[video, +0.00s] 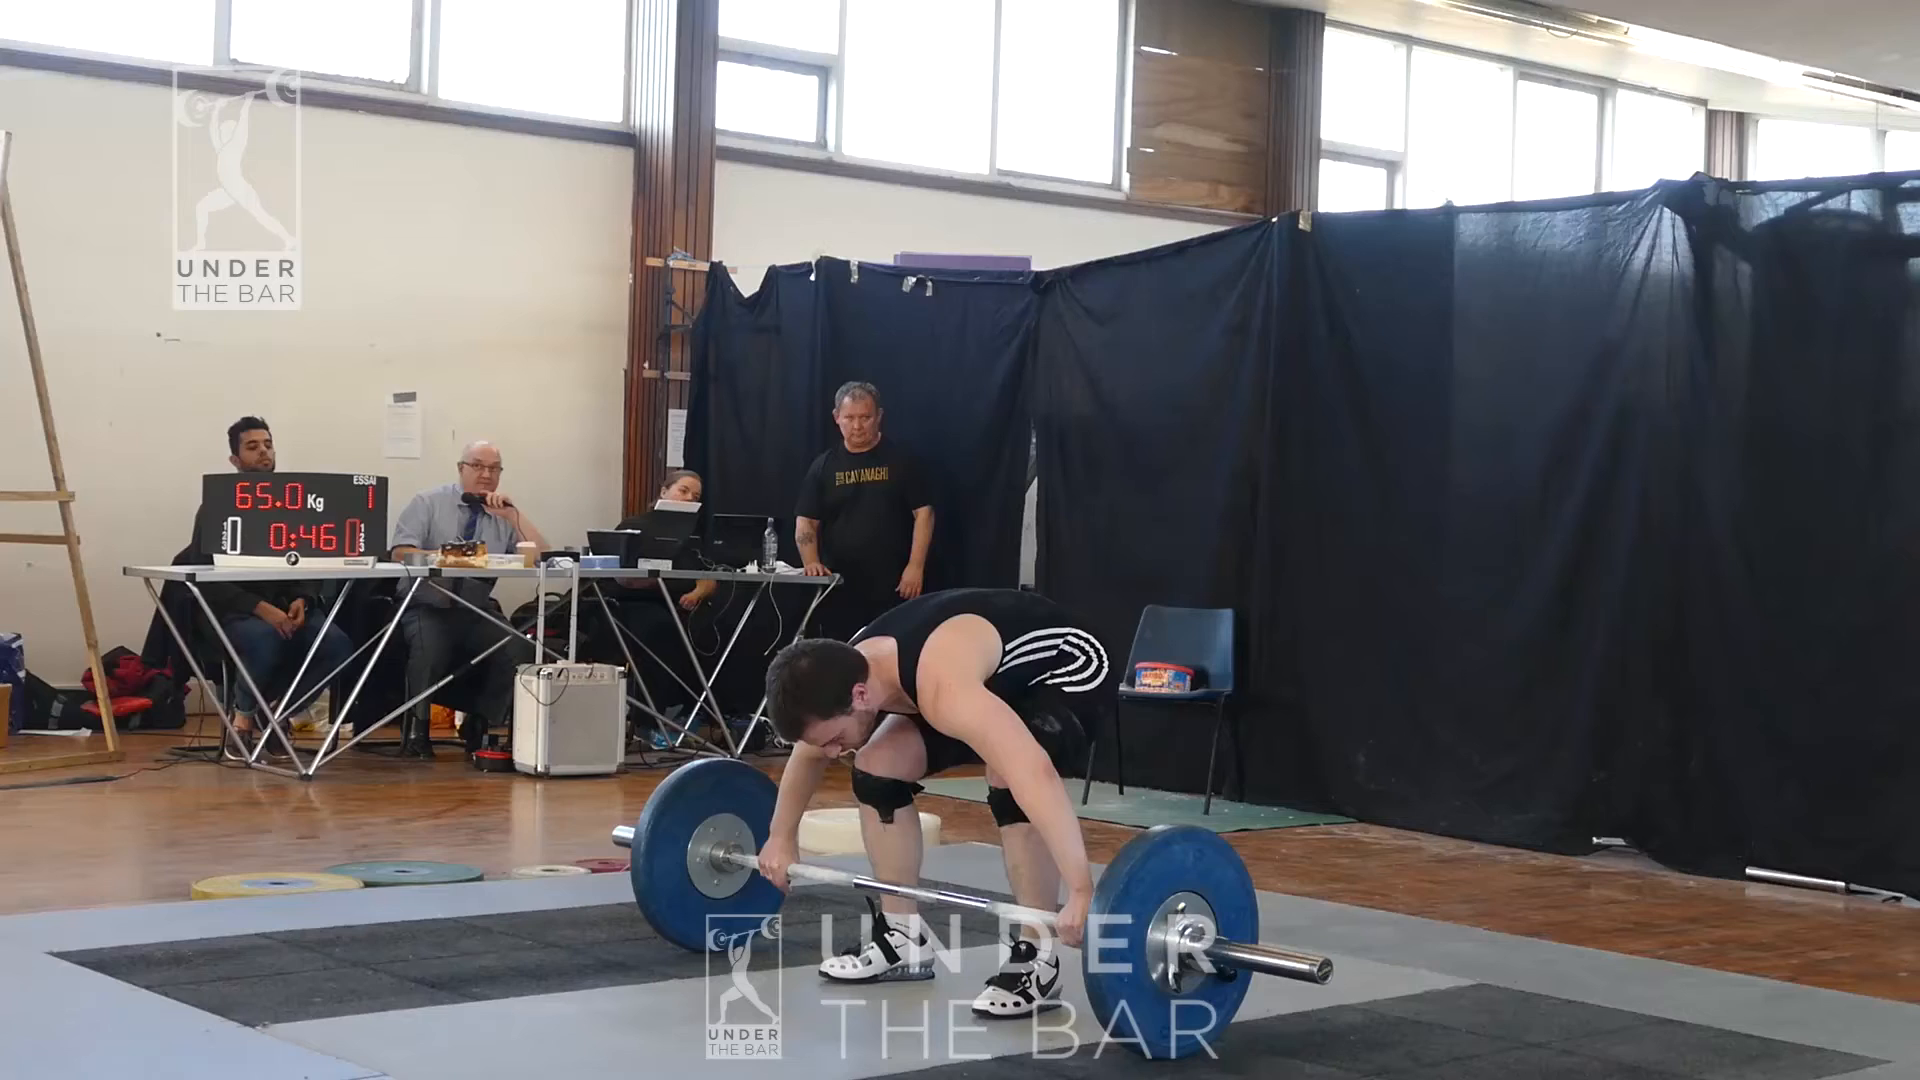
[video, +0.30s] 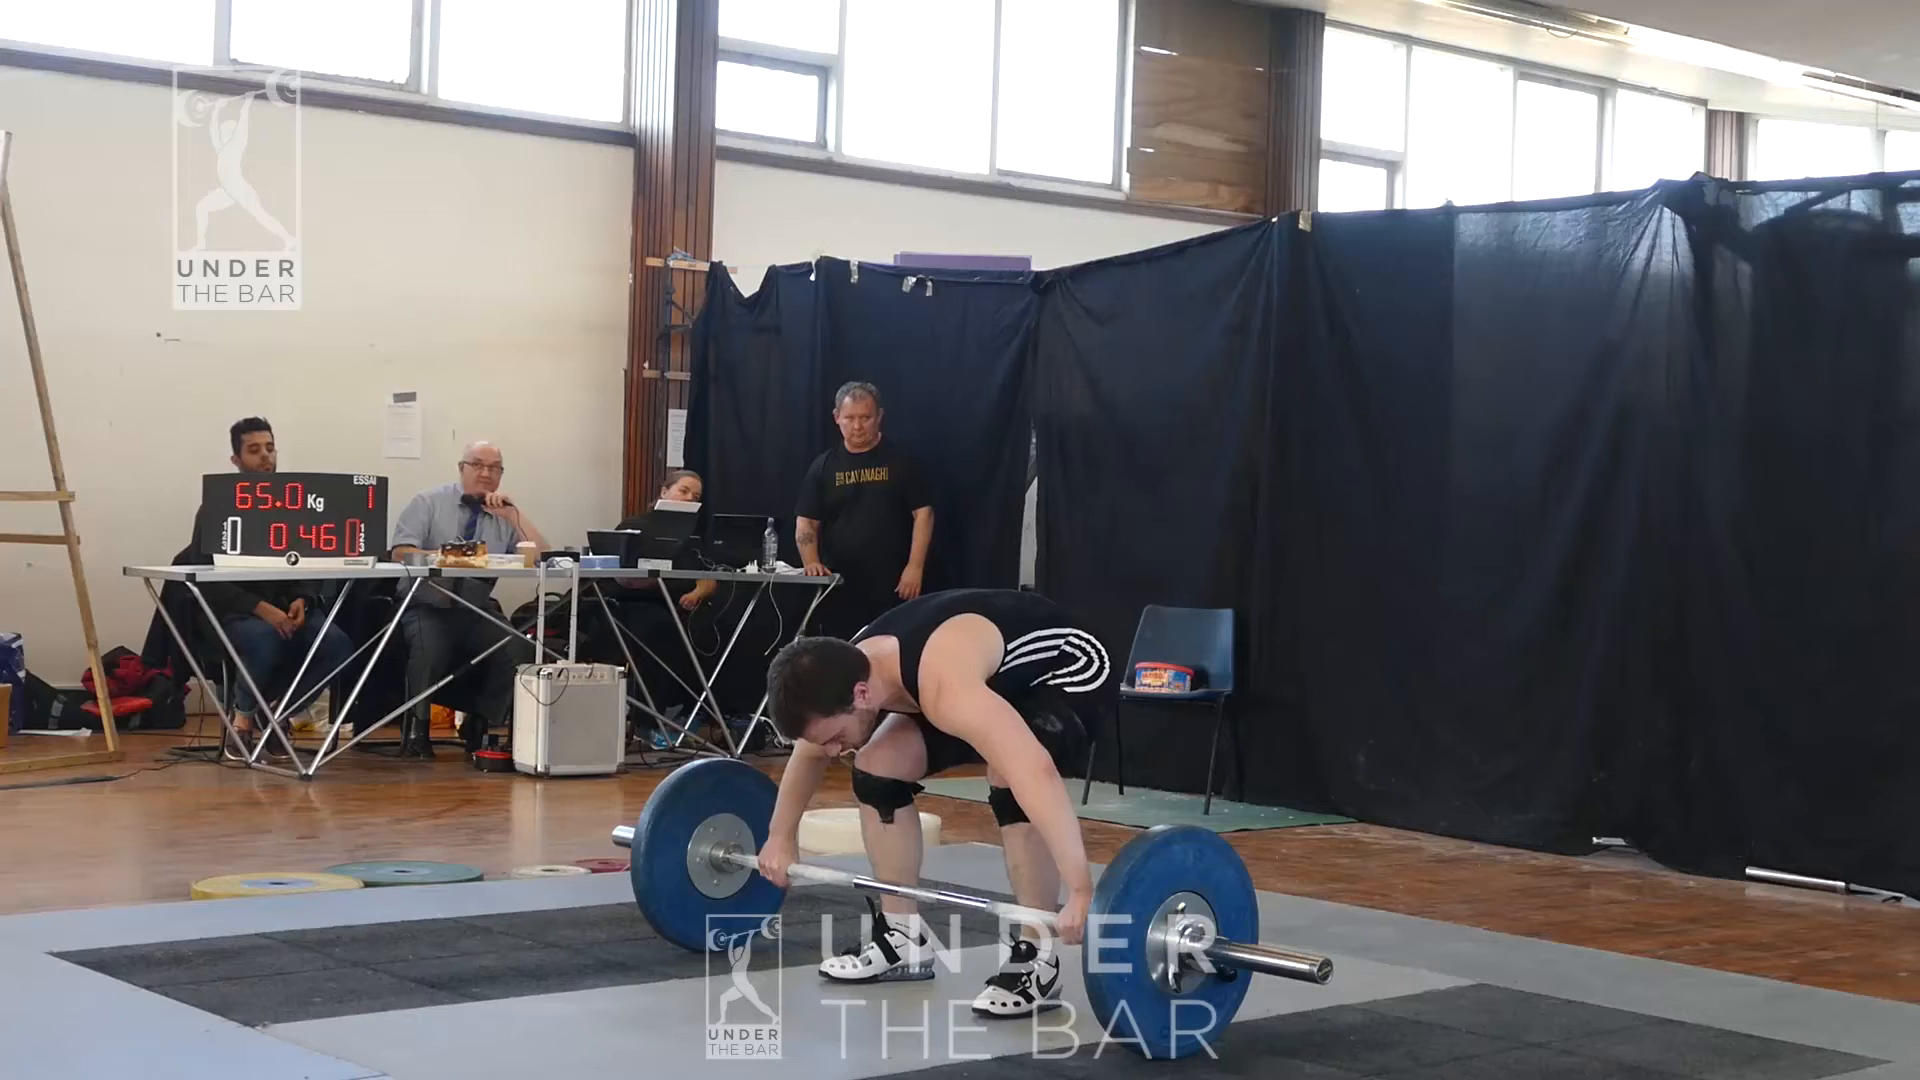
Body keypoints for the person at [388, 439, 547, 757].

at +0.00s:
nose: (486, 474)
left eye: (494, 468)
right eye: (478, 466)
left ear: (500, 474)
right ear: (461, 470)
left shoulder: (503, 516)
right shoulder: (428, 503)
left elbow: (541, 555)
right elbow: (401, 550)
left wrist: (515, 514)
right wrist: (444, 560)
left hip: (478, 609)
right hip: (429, 606)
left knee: (517, 651)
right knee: (430, 650)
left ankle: (477, 727)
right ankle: (417, 731)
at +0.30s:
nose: (486, 473)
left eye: (494, 468)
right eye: (477, 465)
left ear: (501, 474)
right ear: (462, 469)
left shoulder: (504, 516)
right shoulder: (428, 503)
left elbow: (541, 555)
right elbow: (401, 551)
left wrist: (516, 514)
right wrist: (444, 560)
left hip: (478, 609)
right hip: (429, 605)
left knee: (517, 651)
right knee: (430, 650)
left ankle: (477, 727)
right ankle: (417, 731)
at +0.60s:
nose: (484, 473)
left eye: (493, 467)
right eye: (476, 465)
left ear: (501, 474)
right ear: (461, 469)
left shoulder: (503, 516)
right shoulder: (427, 503)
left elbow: (542, 555)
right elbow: (402, 552)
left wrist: (515, 515)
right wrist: (446, 560)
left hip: (478, 609)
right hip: (429, 606)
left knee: (518, 651)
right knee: (430, 649)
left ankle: (477, 727)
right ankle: (417, 732)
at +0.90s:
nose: (483, 472)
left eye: (492, 467)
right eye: (475, 464)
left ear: (500, 474)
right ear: (461, 468)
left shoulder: (503, 516)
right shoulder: (428, 503)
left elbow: (541, 553)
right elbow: (401, 551)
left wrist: (514, 515)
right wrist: (445, 559)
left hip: (478, 608)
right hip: (428, 605)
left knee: (517, 651)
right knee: (430, 649)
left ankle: (477, 727)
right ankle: (417, 732)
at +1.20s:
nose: (483, 472)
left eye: (492, 467)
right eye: (475, 464)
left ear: (500, 474)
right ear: (461, 468)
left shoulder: (502, 516)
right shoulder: (428, 503)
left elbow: (542, 553)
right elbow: (401, 551)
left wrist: (514, 516)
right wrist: (445, 559)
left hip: (477, 608)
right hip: (428, 604)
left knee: (517, 652)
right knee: (429, 649)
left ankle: (477, 727)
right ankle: (417, 732)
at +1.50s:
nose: (484, 472)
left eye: (492, 466)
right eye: (475, 464)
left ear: (500, 473)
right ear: (460, 468)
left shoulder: (503, 516)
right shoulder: (428, 502)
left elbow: (544, 554)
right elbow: (401, 551)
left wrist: (514, 516)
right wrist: (441, 560)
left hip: (478, 609)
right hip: (428, 605)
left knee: (517, 652)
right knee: (429, 651)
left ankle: (477, 726)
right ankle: (417, 730)